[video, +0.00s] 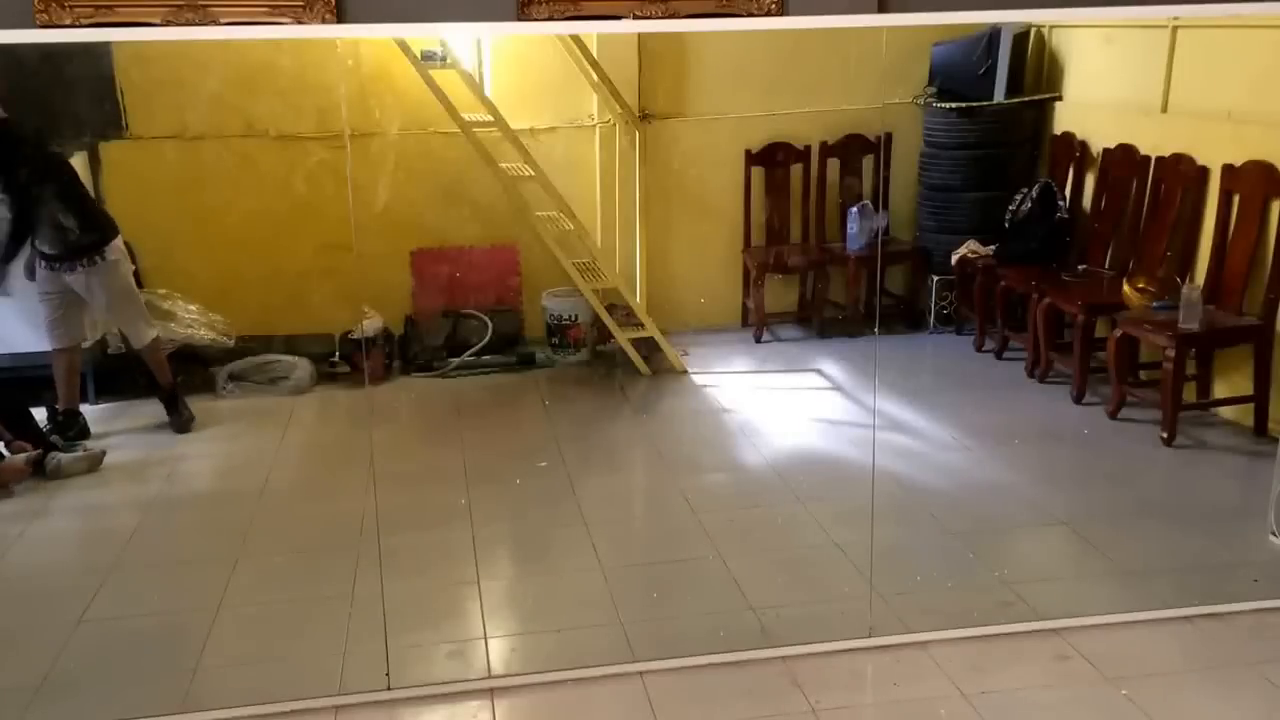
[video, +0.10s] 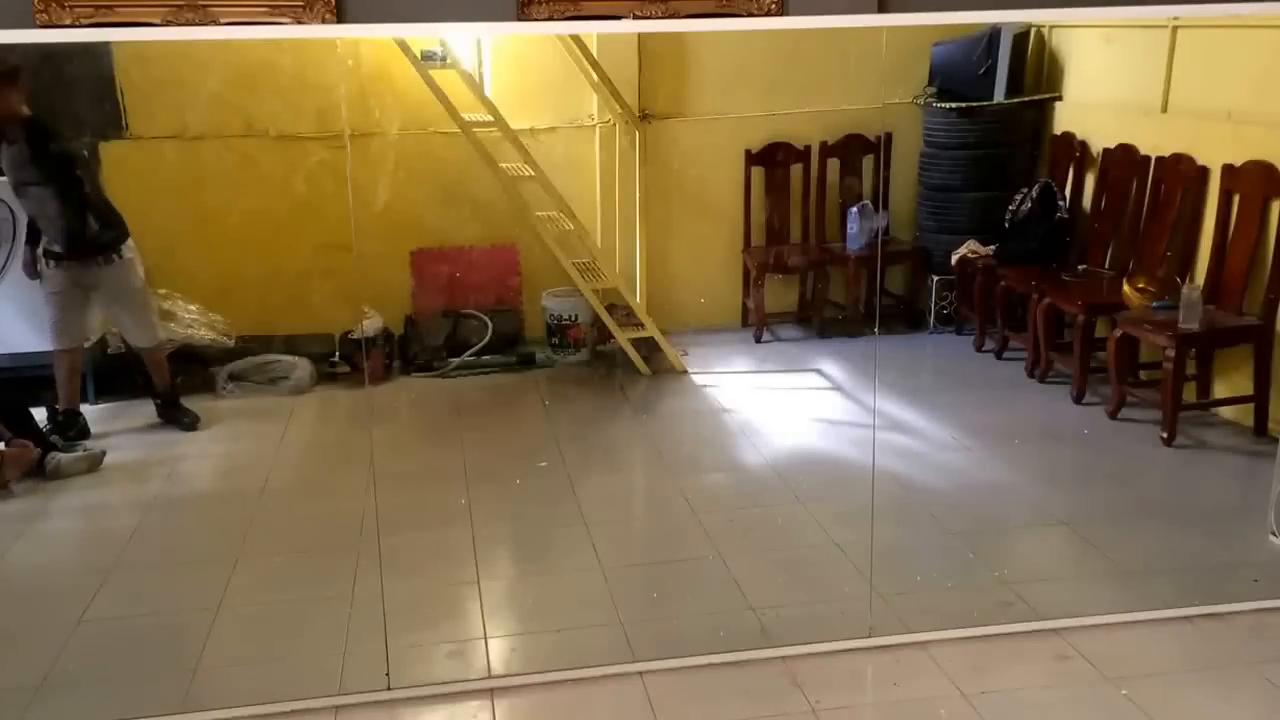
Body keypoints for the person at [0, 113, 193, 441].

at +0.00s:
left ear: (13, 143)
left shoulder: (41, 165)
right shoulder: (16, 170)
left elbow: (23, 220)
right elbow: (30, 216)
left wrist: (5, 261)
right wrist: (32, 253)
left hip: (96, 252)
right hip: (51, 258)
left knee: (138, 330)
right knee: (62, 341)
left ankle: (173, 401)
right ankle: (70, 420)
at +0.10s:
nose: (6, 105)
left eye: (9, 97)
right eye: (3, 99)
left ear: (22, 97)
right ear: (3, 103)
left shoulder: (60, 133)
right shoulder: (11, 148)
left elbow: (68, 173)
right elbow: (33, 203)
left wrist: (30, 124)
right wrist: (28, 249)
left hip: (110, 248)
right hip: (59, 254)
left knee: (145, 332)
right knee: (65, 342)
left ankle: (169, 402)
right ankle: (69, 419)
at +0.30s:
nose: (92, 96)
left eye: (97, 87)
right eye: (81, 88)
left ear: (105, 90)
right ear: (59, 93)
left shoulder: (124, 135)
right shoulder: (44, 140)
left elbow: (162, 191)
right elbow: (43, 194)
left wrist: (147, 243)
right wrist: (52, 240)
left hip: (134, 254)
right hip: (79, 259)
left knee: (161, 332)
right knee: (71, 339)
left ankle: (167, 403)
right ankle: (68, 418)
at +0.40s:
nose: (136, 95)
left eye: (134, 87)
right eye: (127, 88)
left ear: (127, 92)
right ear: (100, 95)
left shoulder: (153, 134)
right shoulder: (68, 142)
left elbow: (181, 186)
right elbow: (58, 196)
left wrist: (167, 236)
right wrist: (79, 240)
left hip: (153, 251)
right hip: (96, 255)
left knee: (172, 328)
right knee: (77, 334)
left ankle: (167, 404)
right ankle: (74, 413)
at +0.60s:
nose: (181, 92)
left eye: (180, 84)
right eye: (174, 85)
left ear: (162, 88)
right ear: (150, 90)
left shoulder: (177, 128)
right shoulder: (114, 134)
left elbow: (189, 180)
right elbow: (105, 201)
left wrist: (194, 220)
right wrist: (140, 241)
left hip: (180, 243)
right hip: (135, 248)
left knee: (182, 328)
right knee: (140, 330)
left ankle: (167, 403)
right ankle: (105, 376)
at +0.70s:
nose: (195, 94)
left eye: (195, 86)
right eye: (189, 87)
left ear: (172, 91)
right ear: (165, 91)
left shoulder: (186, 130)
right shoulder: (133, 133)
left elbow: (194, 184)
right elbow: (126, 198)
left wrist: (205, 226)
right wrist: (164, 242)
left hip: (187, 242)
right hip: (151, 247)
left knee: (191, 323)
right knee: (181, 323)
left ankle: (168, 399)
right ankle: (134, 376)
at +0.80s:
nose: (213, 95)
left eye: (211, 87)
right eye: (206, 88)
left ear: (186, 92)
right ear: (182, 92)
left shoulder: (199, 132)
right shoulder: (147, 134)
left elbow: (203, 188)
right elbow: (146, 203)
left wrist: (213, 236)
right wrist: (181, 245)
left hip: (193, 241)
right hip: (167, 244)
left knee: (182, 320)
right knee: (217, 316)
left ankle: (166, 398)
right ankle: (179, 392)